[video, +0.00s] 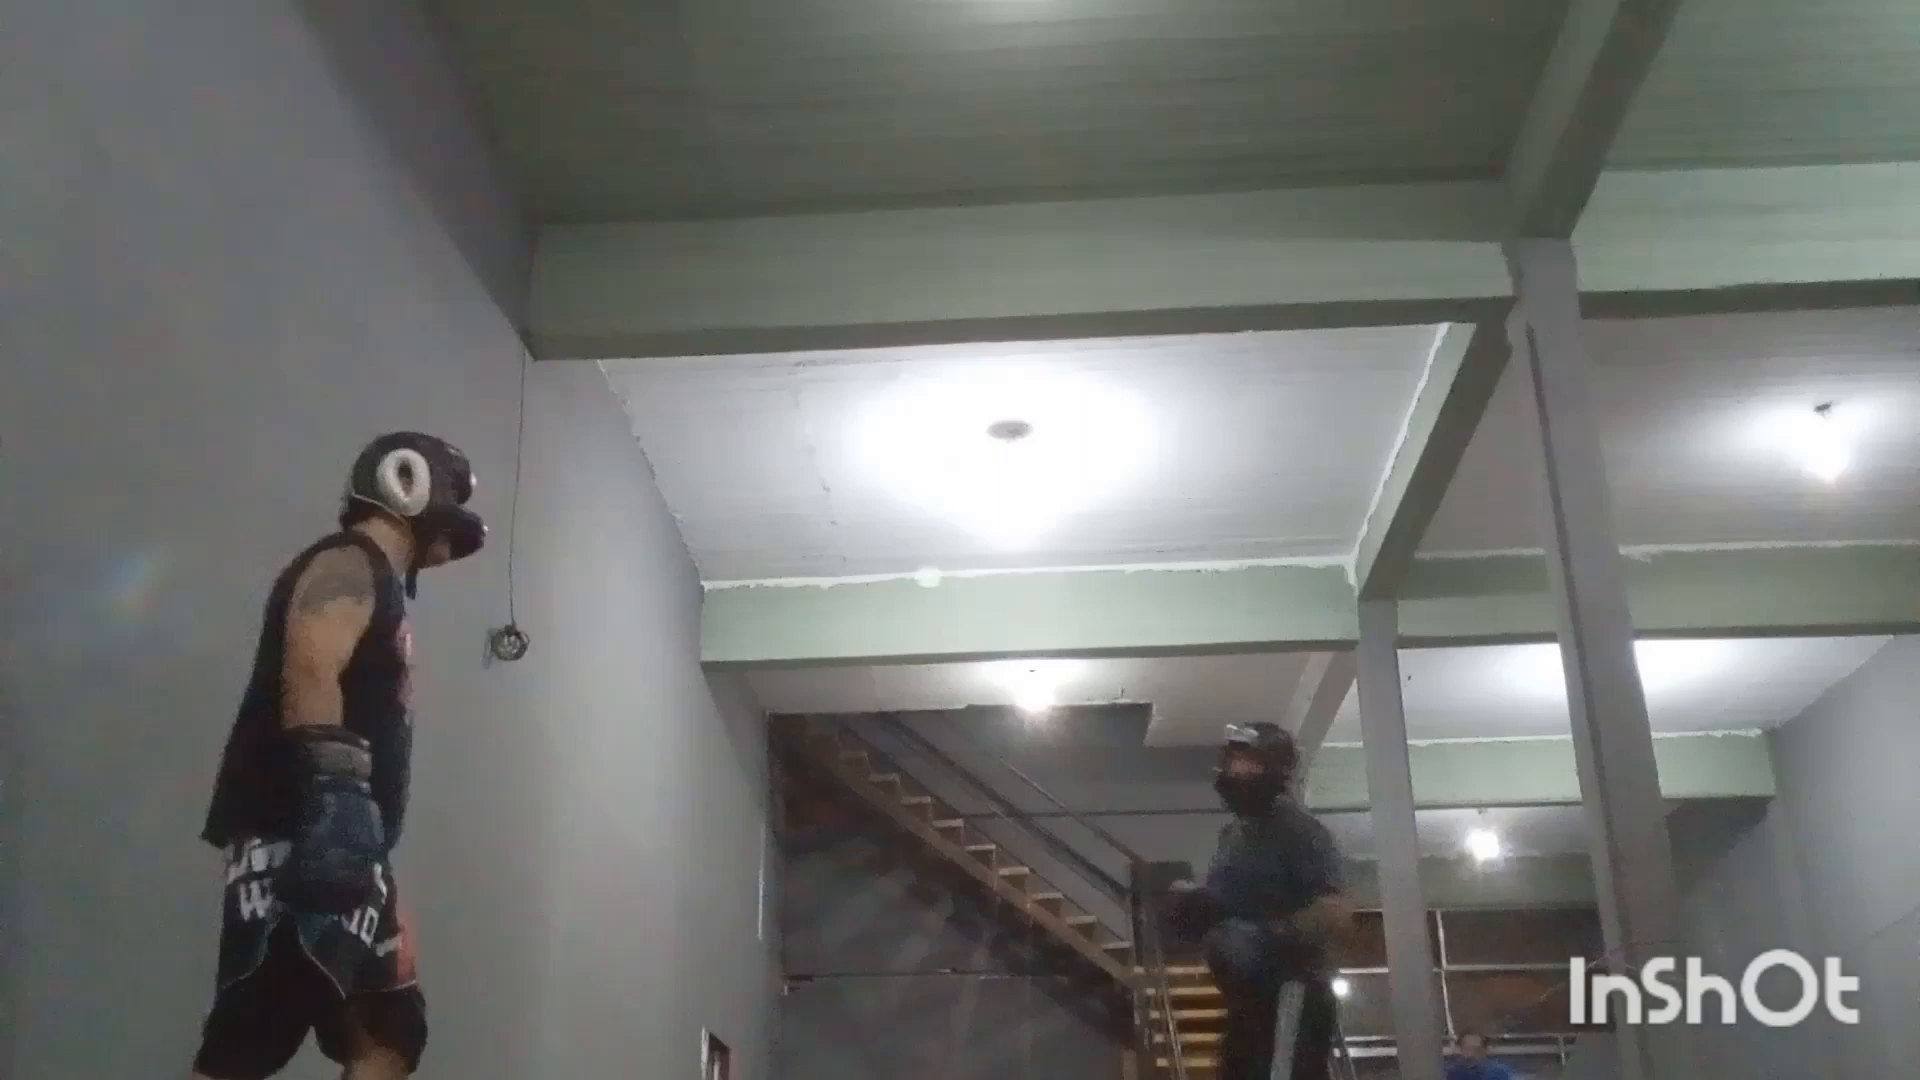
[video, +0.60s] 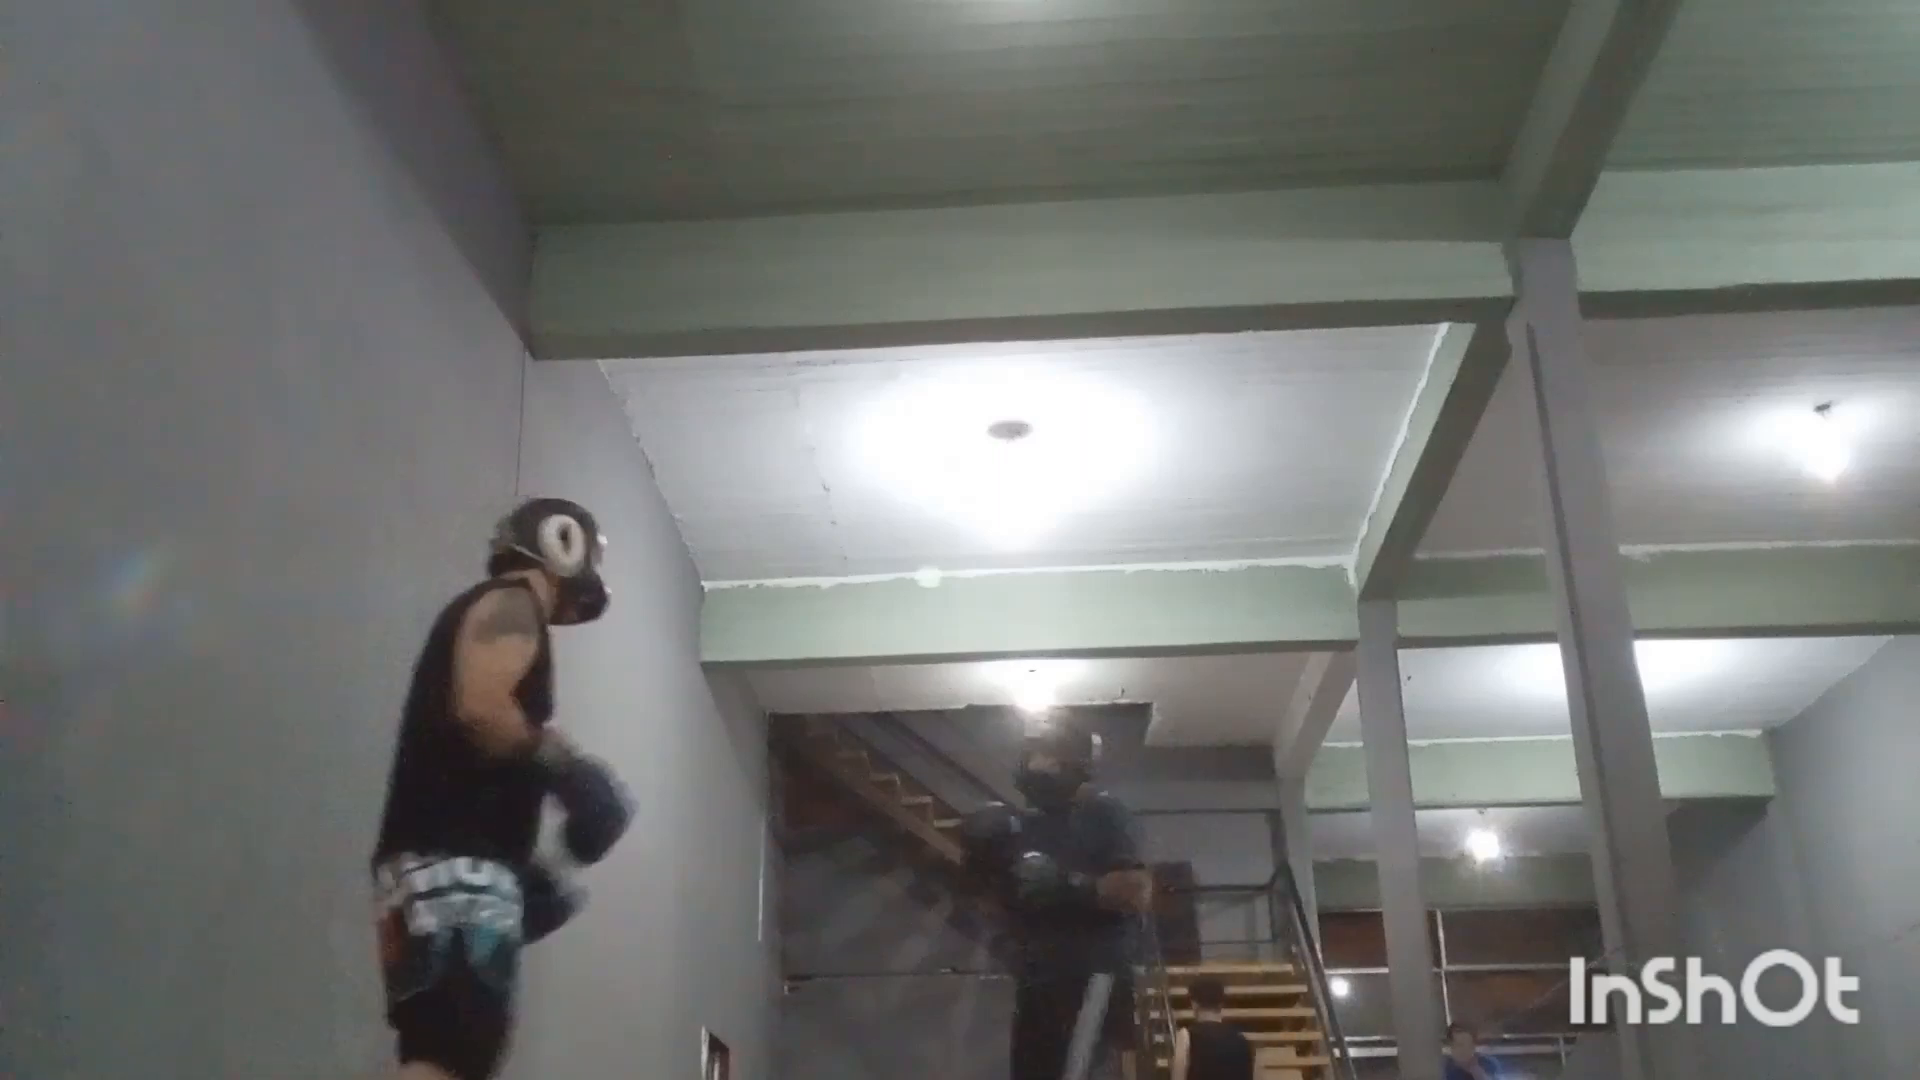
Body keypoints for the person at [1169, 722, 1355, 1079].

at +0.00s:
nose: (1231, 770)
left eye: (1246, 759)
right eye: (1229, 759)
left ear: (1276, 769)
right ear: (1224, 764)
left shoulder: (1301, 829)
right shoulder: (1233, 833)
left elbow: (1338, 908)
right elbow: (1224, 902)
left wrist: (1269, 937)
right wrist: (1193, 907)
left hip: (1297, 985)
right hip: (1248, 984)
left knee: (1285, 1071)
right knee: (1239, 1070)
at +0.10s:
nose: (1209, 764)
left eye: (1224, 752)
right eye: (1206, 752)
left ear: (1254, 765)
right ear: (1198, 760)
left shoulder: (1281, 823)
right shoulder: (1212, 828)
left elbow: (1294, 909)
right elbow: (1195, 875)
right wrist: (1157, 882)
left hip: (1276, 981)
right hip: (1225, 979)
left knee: (1273, 1072)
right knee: (1206, 1069)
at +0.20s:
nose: (1169, 768)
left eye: (1182, 757)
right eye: (1166, 758)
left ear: (1211, 764)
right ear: (1160, 766)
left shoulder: (1244, 822)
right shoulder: (1174, 831)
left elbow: (1238, 898)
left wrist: (1140, 892)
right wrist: (1118, 875)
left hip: (1240, 985)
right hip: (1186, 988)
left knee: (1249, 1070)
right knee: (1165, 1070)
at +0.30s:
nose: (1143, 774)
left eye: (1157, 762)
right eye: (1138, 764)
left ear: (1185, 768)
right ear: (1133, 769)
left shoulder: (1213, 828)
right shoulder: (1150, 836)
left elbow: (1204, 895)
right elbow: (1100, 921)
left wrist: (1123, 892)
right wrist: (1091, 877)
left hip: (1211, 992)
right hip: (1160, 995)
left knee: (1223, 1070)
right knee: (1155, 1070)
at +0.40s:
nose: (1096, 779)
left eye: (1108, 768)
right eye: (1093, 769)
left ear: (1139, 771)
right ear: (1089, 775)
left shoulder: (1171, 827)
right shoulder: (1111, 841)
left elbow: (1174, 898)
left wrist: (1100, 899)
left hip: (1162, 994)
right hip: (1111, 993)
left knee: (1162, 1071)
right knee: (1100, 1071)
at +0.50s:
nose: (1054, 777)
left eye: (1069, 762)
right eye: (1054, 763)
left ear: (1102, 767)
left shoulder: (1137, 819)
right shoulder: (1063, 841)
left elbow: (1160, 894)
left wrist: (1087, 889)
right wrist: (1017, 863)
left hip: (1128, 984)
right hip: (1075, 982)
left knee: (1120, 1069)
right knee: (1059, 1069)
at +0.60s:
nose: (1040, 766)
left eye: (1054, 755)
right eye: (1032, 754)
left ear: (1080, 764)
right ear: (1020, 764)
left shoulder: (1104, 814)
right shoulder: (1016, 825)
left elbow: (1135, 891)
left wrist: (1068, 883)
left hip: (1098, 969)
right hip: (1035, 971)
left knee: (1077, 1065)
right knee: (1029, 1067)